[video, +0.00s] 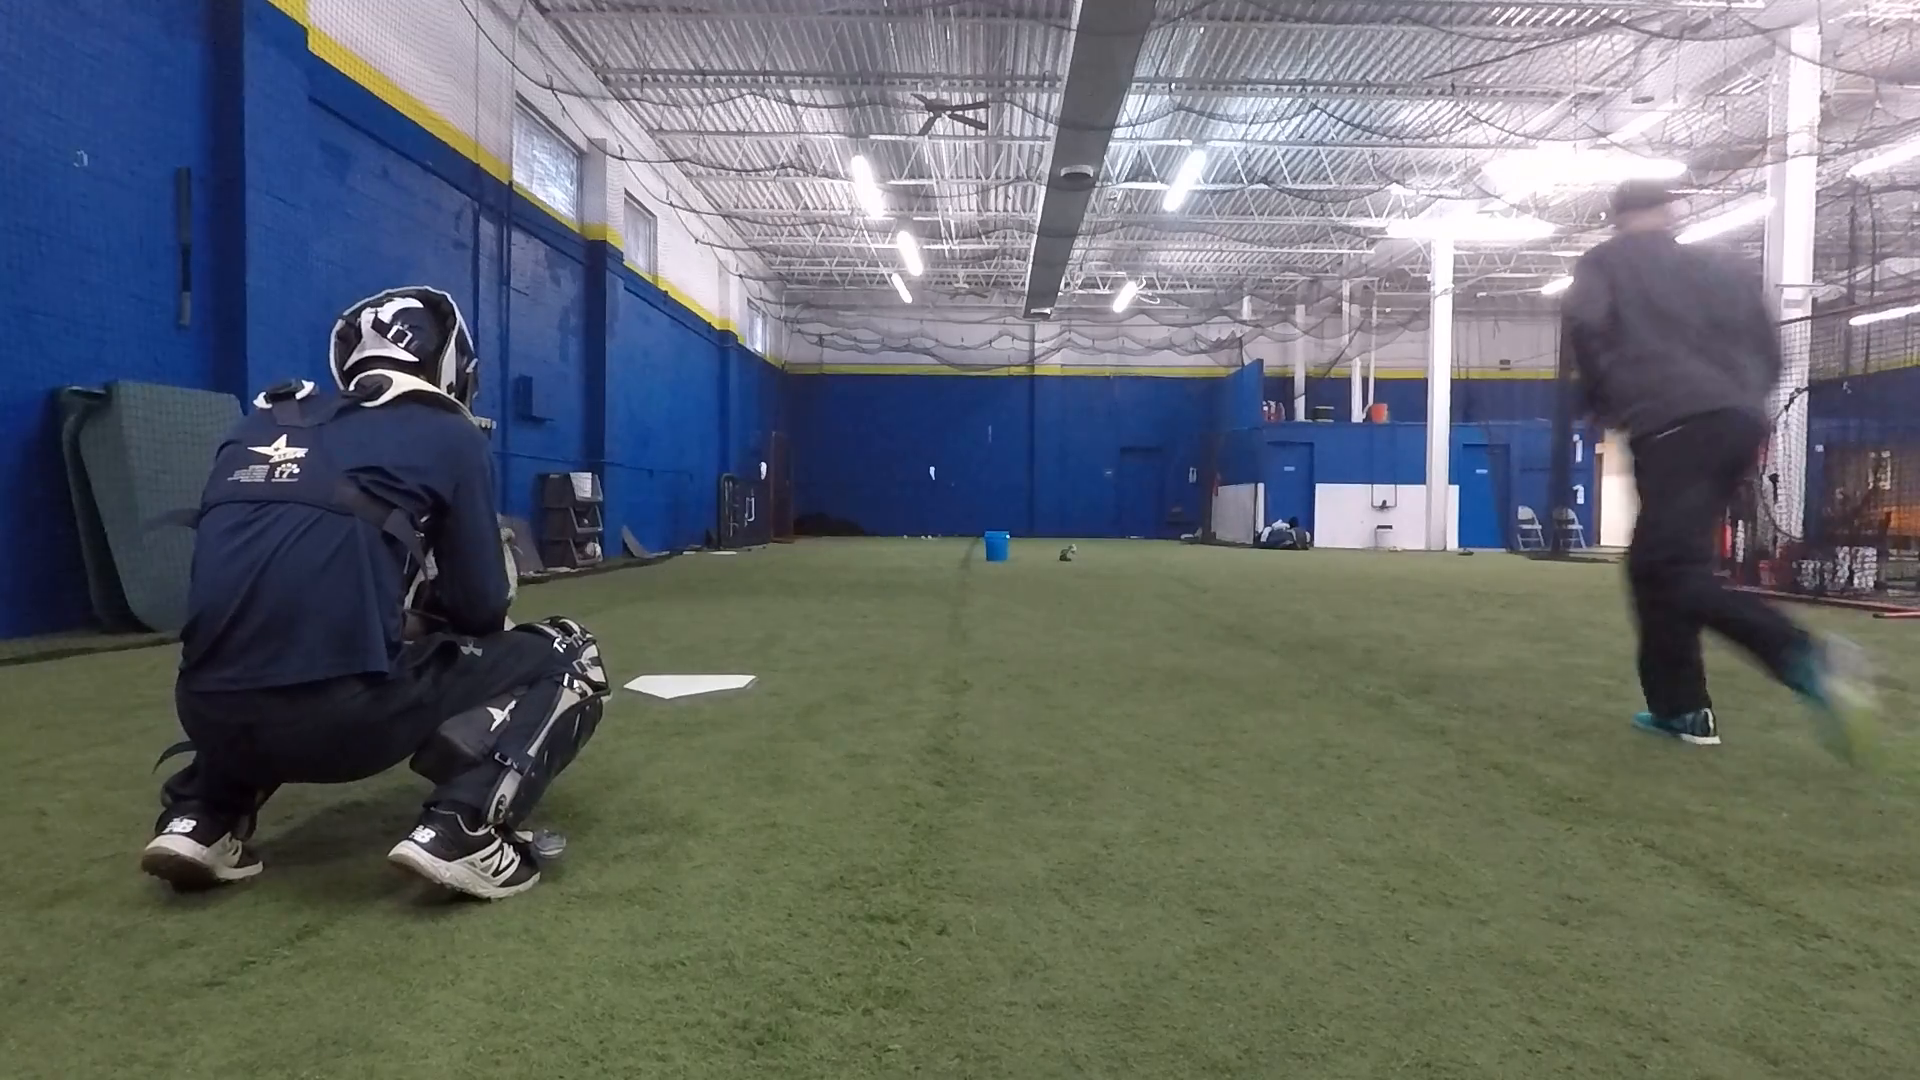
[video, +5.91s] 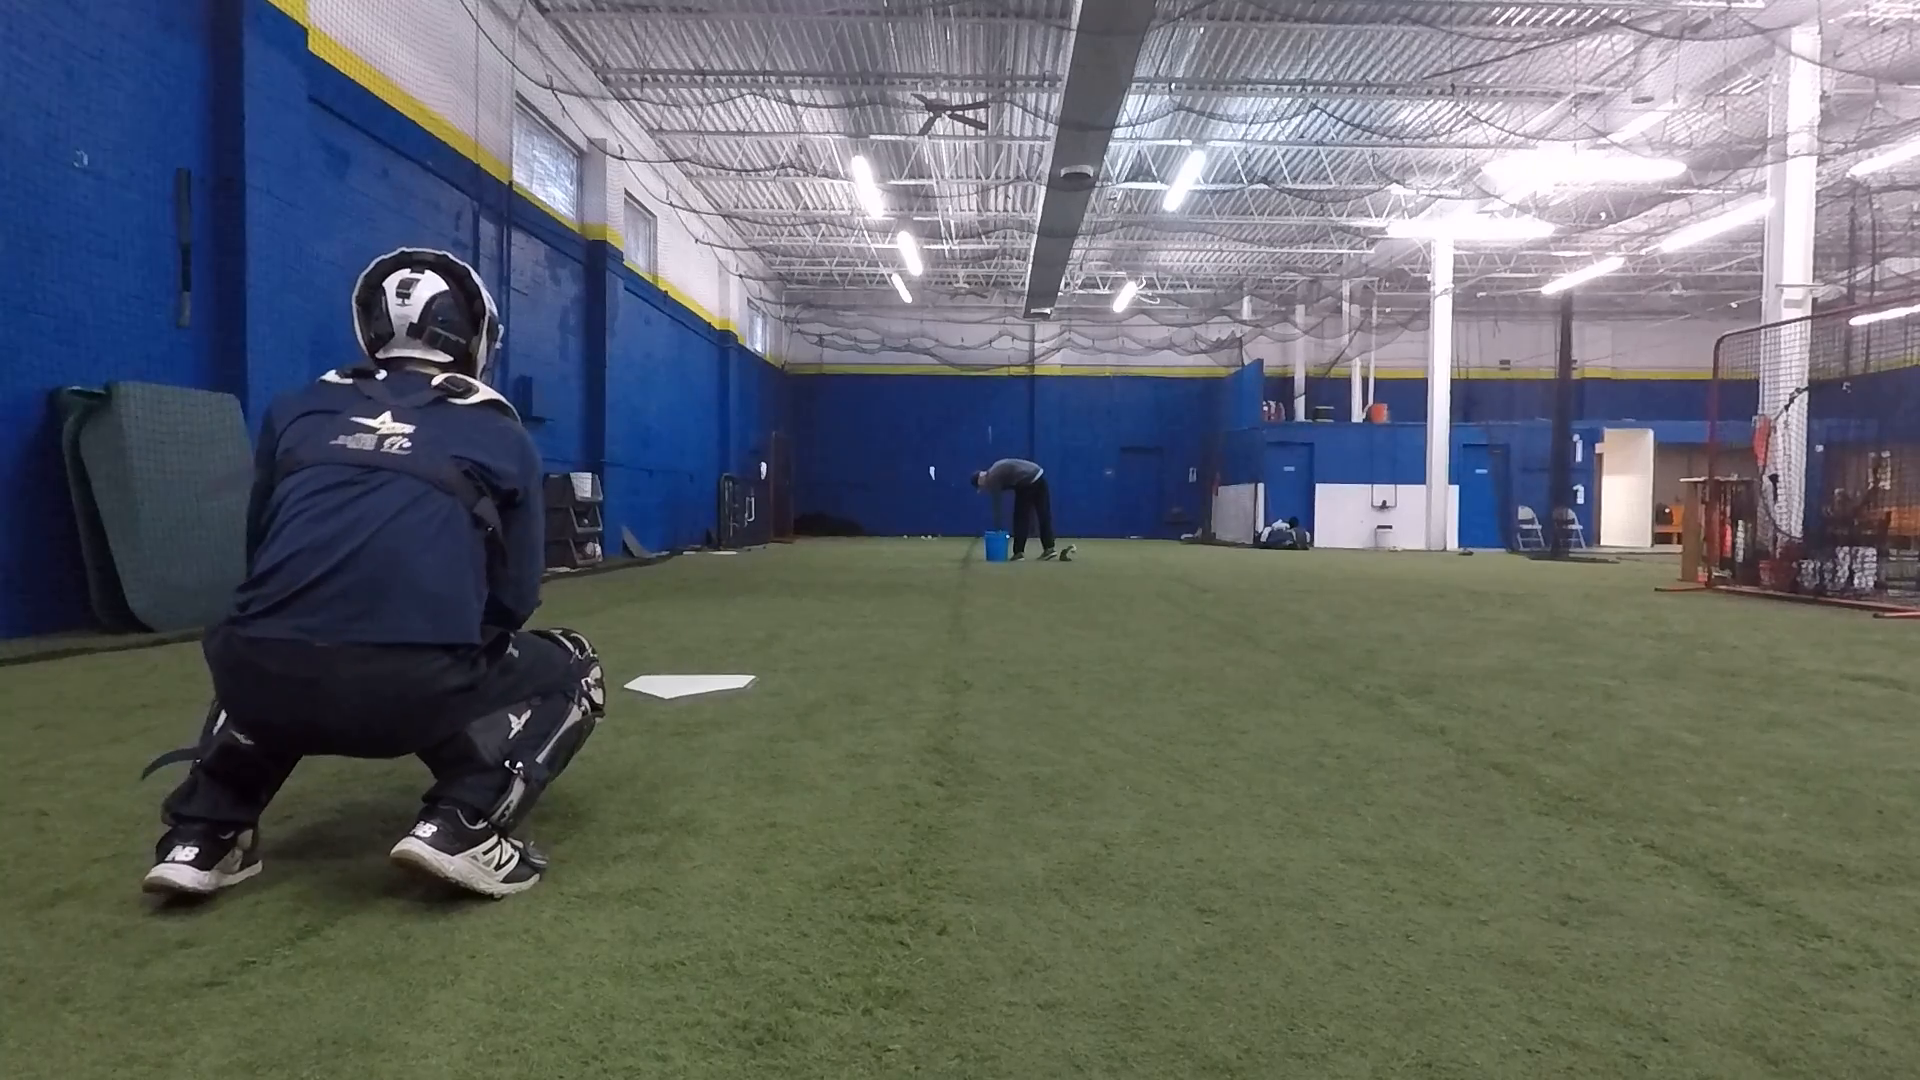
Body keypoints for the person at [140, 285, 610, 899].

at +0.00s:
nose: (466, 377)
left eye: (464, 362)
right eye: (462, 361)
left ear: (347, 361)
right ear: (448, 363)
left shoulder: (259, 423)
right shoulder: (450, 433)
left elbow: (238, 571)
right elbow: (482, 607)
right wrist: (418, 587)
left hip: (218, 717)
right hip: (348, 718)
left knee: (276, 616)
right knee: (571, 654)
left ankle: (202, 816)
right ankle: (462, 826)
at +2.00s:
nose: (435, 356)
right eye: (426, 346)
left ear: (306, 371)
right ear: (414, 353)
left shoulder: (255, 430)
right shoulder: (450, 430)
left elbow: (256, 588)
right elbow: (479, 610)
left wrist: (404, 623)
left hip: (219, 722)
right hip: (347, 724)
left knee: (277, 630)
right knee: (568, 654)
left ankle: (197, 817)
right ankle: (464, 827)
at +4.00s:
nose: (476, 368)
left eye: (475, 350)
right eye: (468, 348)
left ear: (360, 352)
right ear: (436, 346)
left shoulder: (276, 423)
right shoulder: (449, 437)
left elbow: (264, 586)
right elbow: (472, 613)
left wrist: (400, 624)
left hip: (221, 722)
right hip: (345, 725)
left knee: (286, 630)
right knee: (566, 659)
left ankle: (196, 816)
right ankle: (466, 825)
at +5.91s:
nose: (489, 345)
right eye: (483, 331)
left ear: (369, 333)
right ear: (473, 338)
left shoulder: (294, 408)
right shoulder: (502, 433)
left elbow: (260, 556)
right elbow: (515, 597)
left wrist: (315, 614)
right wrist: (453, 652)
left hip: (270, 683)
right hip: (417, 691)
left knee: (278, 635)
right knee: (570, 669)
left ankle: (199, 831)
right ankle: (462, 822)